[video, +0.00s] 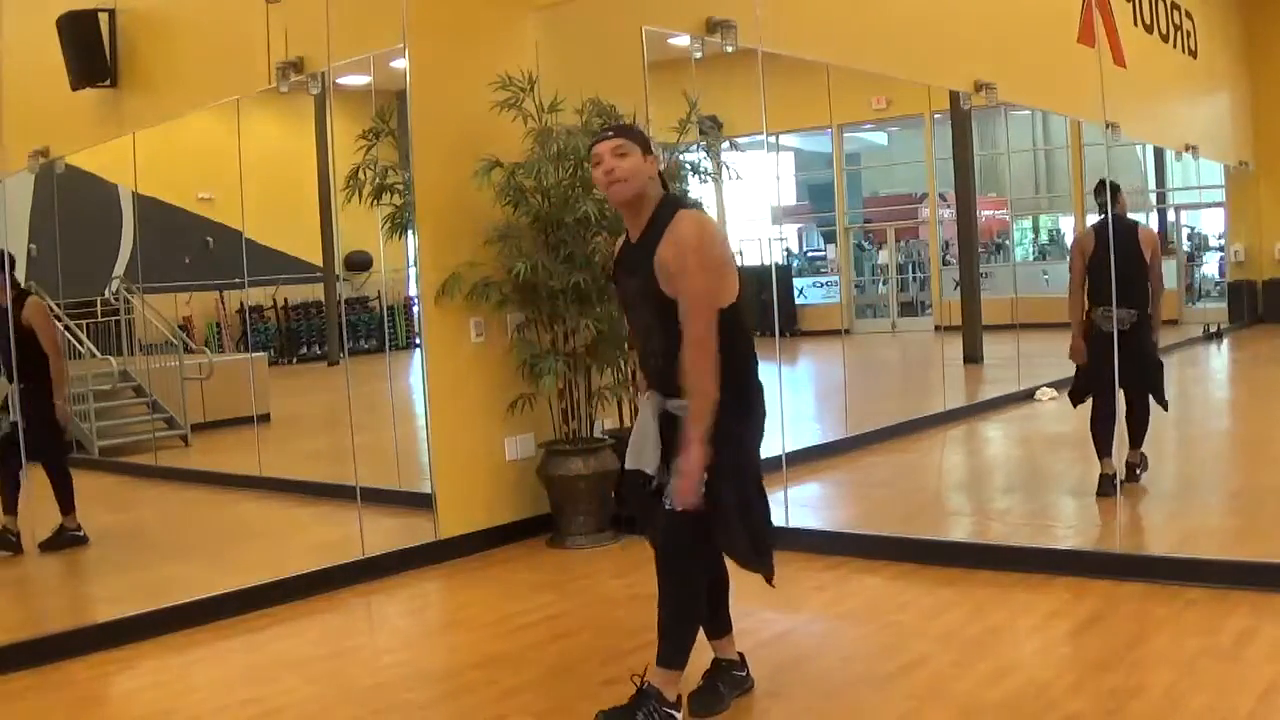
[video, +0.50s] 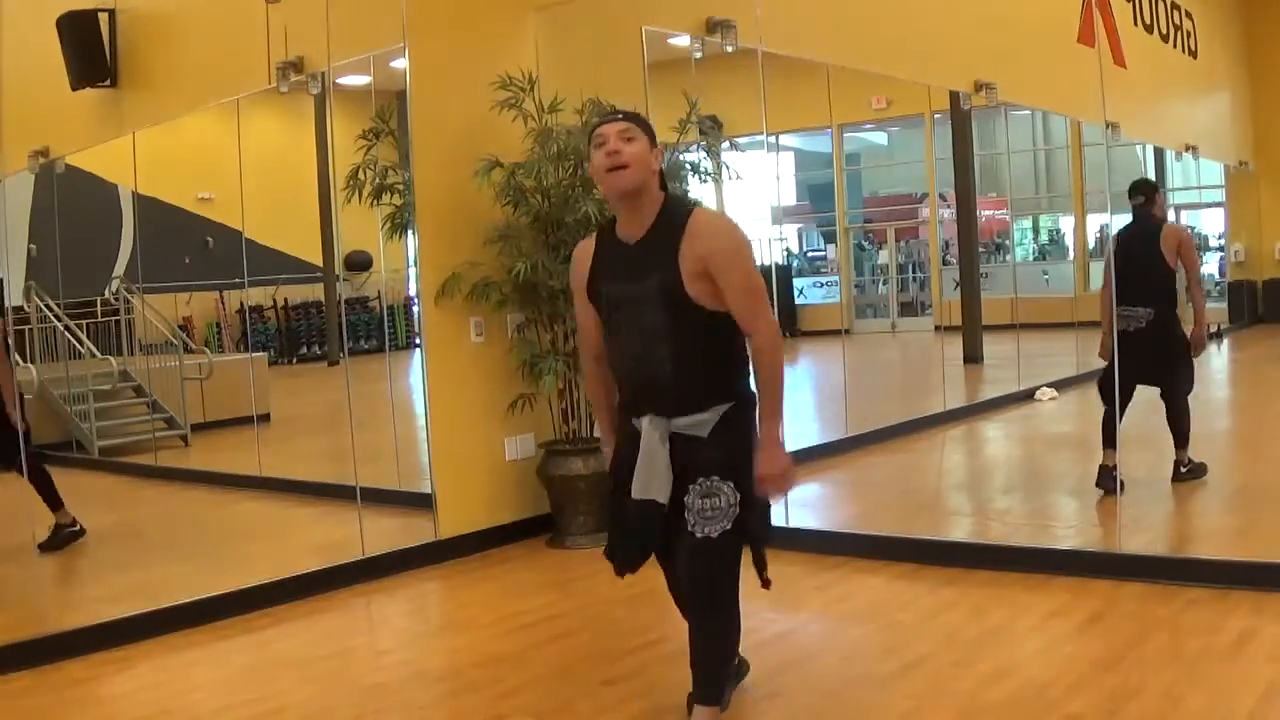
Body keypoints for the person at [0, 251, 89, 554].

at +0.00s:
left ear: (5, 275)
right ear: (8, 273)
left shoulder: (31, 305)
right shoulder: (10, 308)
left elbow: (56, 354)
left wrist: (60, 401)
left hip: (41, 395)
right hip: (17, 396)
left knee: (53, 458)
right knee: (8, 461)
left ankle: (71, 525)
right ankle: (9, 528)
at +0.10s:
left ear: (4, 274)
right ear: (6, 273)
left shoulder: (28, 306)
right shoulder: (9, 309)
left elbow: (56, 353)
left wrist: (61, 400)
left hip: (38, 397)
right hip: (10, 399)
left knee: (53, 458)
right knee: (3, 461)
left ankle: (71, 525)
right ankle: (7, 525)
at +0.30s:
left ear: (3, 289)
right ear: (5, 289)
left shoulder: (15, 310)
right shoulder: (12, 311)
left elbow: (39, 352)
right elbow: (39, 352)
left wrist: (51, 397)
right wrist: (50, 396)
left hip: (29, 402)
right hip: (19, 402)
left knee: (45, 458)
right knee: (44, 458)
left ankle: (70, 524)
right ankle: (69, 524)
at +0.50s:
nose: (7, 325)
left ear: (4, 324)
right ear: (3, 324)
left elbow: (5, 369)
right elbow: (6, 369)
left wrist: (12, 409)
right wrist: (12, 408)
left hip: (6, 410)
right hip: (7, 410)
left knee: (27, 463)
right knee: (26, 462)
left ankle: (65, 519)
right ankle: (65, 519)